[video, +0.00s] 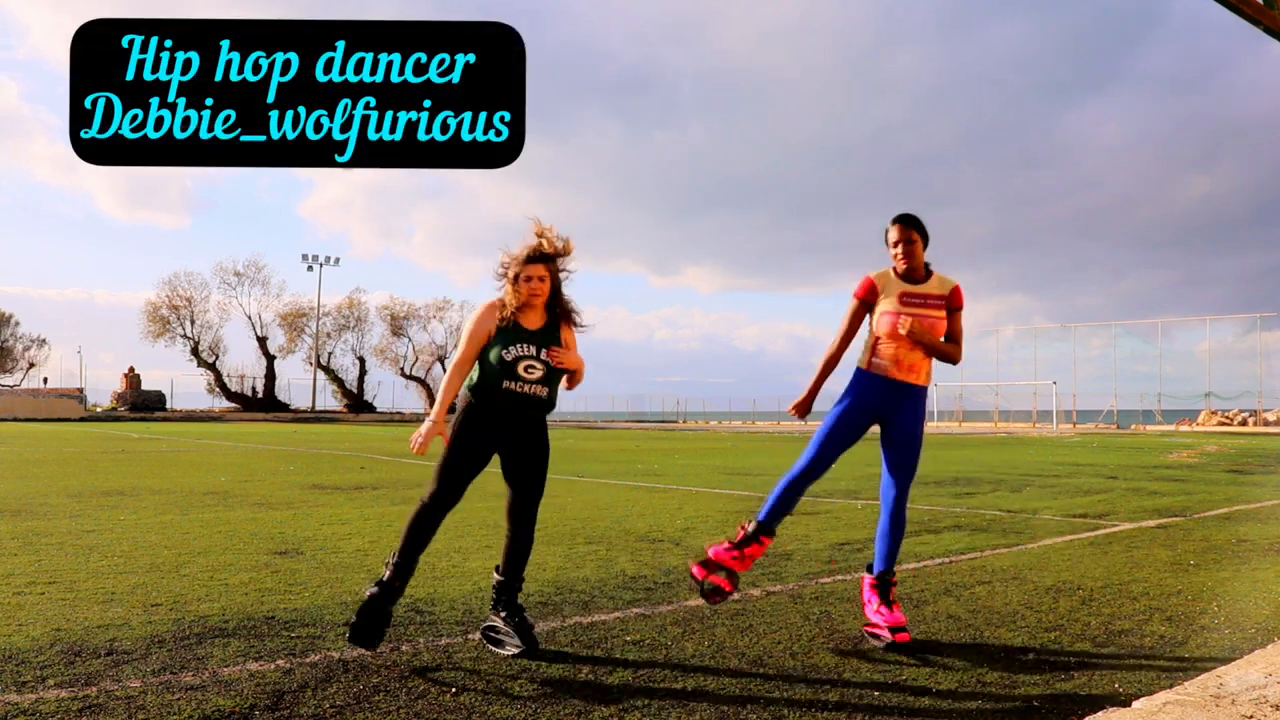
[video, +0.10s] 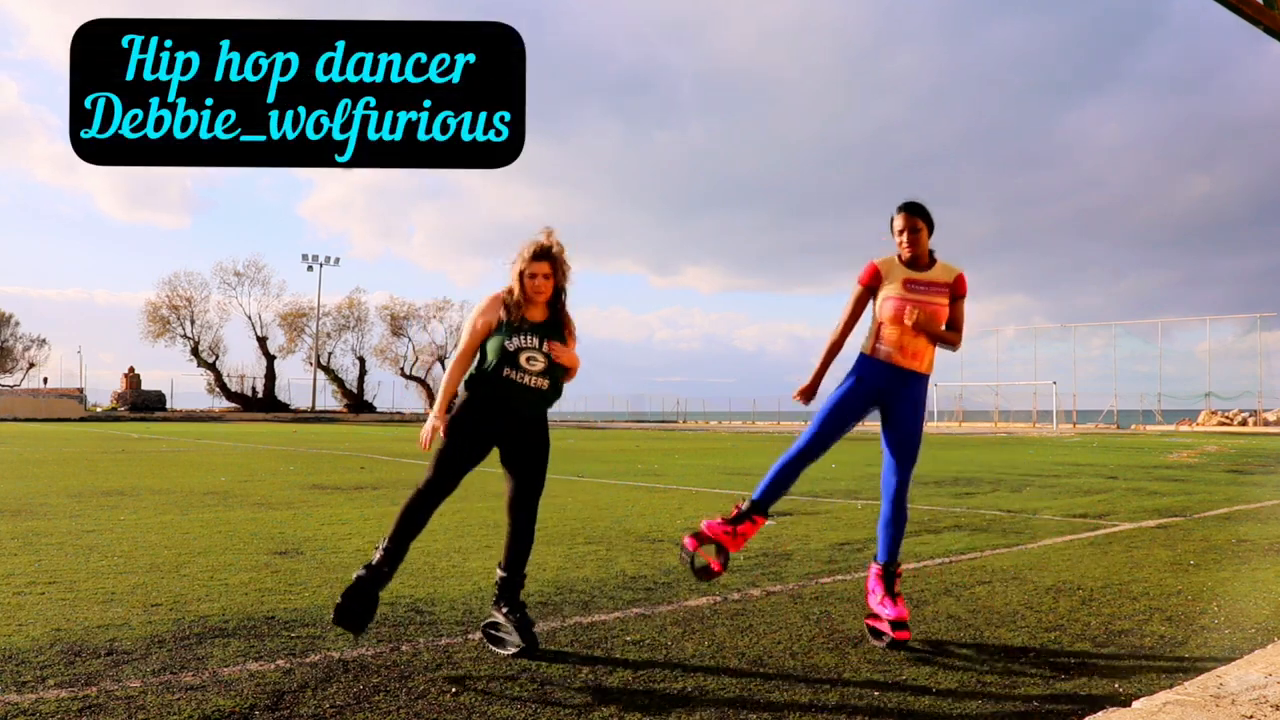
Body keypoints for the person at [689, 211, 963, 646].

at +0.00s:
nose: (901, 251)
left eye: (908, 242)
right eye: (895, 245)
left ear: (925, 244)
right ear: (888, 250)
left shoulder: (949, 291)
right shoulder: (877, 285)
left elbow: (954, 355)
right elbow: (841, 342)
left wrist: (921, 336)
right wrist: (810, 393)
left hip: (909, 400)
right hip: (865, 389)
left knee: (896, 497)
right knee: (810, 466)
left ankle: (880, 589)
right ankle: (757, 535)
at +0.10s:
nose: (905, 239)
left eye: (913, 230)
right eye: (899, 232)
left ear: (929, 233)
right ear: (893, 238)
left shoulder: (953, 279)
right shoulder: (880, 271)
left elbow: (954, 341)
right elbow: (845, 327)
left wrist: (924, 326)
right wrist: (815, 378)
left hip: (911, 387)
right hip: (867, 374)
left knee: (897, 488)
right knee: (807, 448)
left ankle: (883, 582)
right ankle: (743, 521)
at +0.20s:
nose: (909, 220)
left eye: (917, 212)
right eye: (904, 213)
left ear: (934, 212)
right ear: (897, 216)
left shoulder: (956, 257)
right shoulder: (885, 249)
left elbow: (956, 318)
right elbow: (852, 307)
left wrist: (928, 303)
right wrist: (825, 358)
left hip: (914, 366)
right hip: (871, 353)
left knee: (909, 465)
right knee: (813, 425)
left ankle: (898, 559)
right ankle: (743, 495)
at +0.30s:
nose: (915, 223)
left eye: (922, 215)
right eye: (908, 216)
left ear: (939, 216)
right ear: (901, 220)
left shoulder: (958, 262)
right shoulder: (889, 252)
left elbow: (959, 325)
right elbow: (857, 311)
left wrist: (928, 309)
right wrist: (830, 363)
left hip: (916, 370)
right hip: (873, 358)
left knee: (918, 466)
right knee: (813, 430)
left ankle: (907, 559)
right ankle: (740, 500)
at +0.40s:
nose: (917, 248)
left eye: (924, 240)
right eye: (911, 241)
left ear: (940, 243)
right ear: (904, 245)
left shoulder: (961, 289)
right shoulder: (890, 281)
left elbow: (981, 349)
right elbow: (862, 339)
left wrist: (956, 352)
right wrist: (839, 393)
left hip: (920, 397)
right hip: (876, 384)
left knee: (924, 494)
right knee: (817, 459)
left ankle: (917, 590)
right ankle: (747, 529)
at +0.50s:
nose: (912, 254)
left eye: (919, 246)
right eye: (906, 247)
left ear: (935, 251)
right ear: (899, 253)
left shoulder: (959, 295)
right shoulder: (887, 289)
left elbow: (1000, 341)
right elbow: (855, 340)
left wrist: (990, 360)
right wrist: (856, 388)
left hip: (919, 402)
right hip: (876, 392)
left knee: (922, 500)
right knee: (822, 474)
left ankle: (916, 592)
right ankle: (769, 551)